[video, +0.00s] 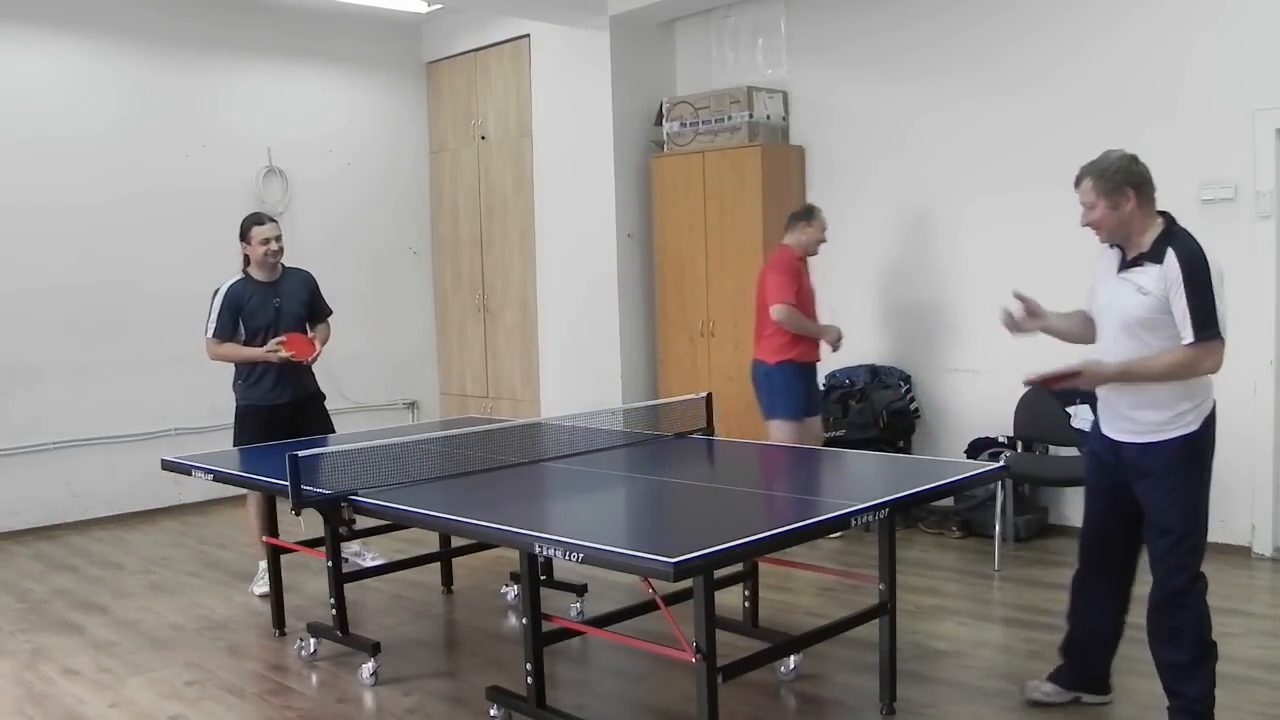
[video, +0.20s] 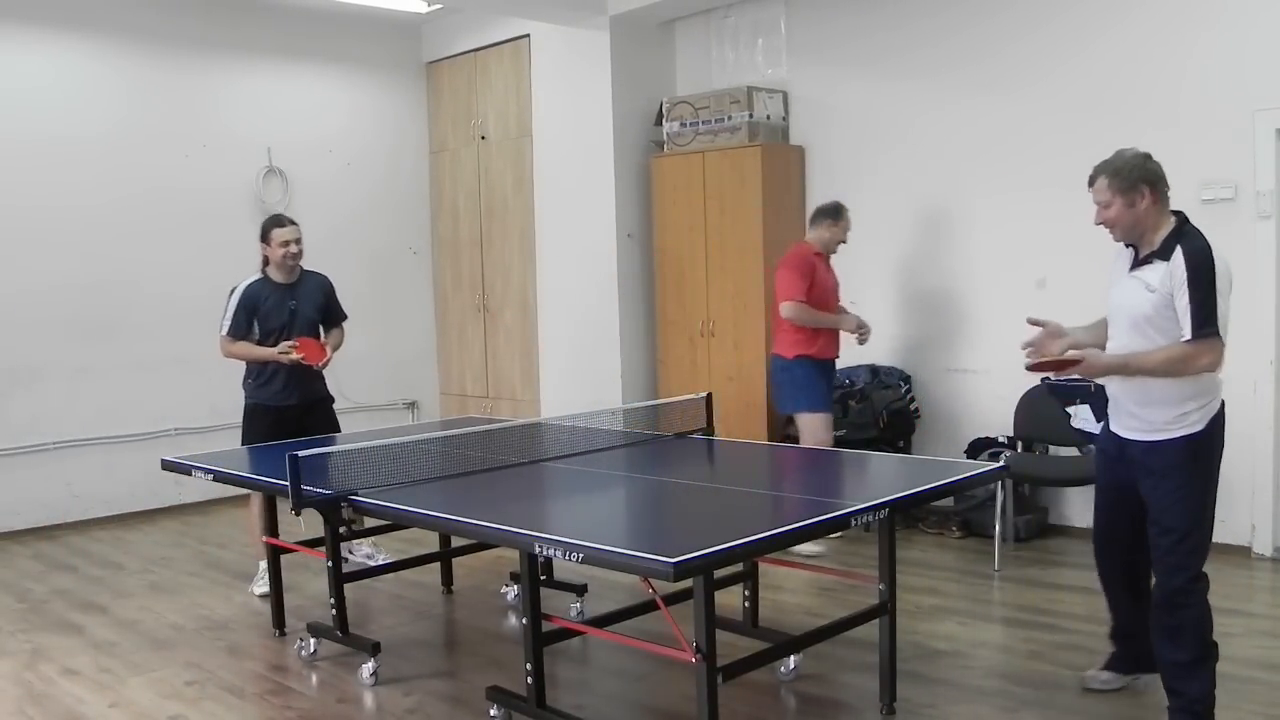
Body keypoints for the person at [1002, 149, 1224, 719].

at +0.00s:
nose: (1084, 220)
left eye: (1091, 207)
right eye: (1083, 208)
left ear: (1129, 200)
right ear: (1119, 203)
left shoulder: (1183, 257)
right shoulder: (1112, 253)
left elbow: (1208, 355)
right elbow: (1097, 325)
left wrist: (1110, 374)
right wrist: (1044, 320)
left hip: (1173, 443)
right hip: (1110, 437)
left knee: (1176, 580)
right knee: (1101, 564)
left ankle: (1190, 708)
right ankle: (1083, 676)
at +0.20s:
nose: (1098, 218)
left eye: (1105, 205)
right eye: (1096, 206)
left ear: (1144, 198)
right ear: (1134, 201)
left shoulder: (1194, 257)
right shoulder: (1132, 249)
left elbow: (1207, 354)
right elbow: (1129, 324)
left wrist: (1113, 365)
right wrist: (1071, 337)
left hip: (1180, 440)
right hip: (1122, 433)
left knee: (1178, 578)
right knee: (1115, 549)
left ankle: (1191, 707)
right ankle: (1133, 656)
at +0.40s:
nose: (1094, 224)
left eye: (1100, 211)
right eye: (1093, 213)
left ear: (1139, 203)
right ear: (1129, 207)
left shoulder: (1189, 258)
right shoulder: (1123, 258)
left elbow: (1234, 344)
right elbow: (1132, 331)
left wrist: (1151, 382)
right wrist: (1079, 337)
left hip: (1179, 439)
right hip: (1122, 433)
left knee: (1177, 574)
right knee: (1130, 556)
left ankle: (1191, 708)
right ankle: (1151, 654)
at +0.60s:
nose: (1088, 228)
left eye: (1094, 216)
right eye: (1086, 217)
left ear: (1133, 206)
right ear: (1120, 211)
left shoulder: (1185, 256)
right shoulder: (1116, 259)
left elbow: (1234, 335)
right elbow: (1114, 333)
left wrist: (1150, 375)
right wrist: (1055, 331)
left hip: (1177, 435)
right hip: (1117, 432)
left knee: (1186, 562)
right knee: (1132, 554)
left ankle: (1192, 697)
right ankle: (1151, 656)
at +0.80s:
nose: (1097, 226)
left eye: (1105, 216)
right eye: (1092, 217)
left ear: (1140, 203)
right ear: (1092, 214)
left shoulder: (1189, 250)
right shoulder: (1102, 259)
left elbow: (1217, 334)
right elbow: (1093, 326)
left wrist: (1128, 349)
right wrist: (1066, 335)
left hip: (1182, 427)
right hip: (1119, 427)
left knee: (1181, 552)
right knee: (1131, 549)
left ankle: (1190, 677)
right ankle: (1149, 654)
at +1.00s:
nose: (1098, 222)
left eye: (1106, 212)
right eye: (1094, 213)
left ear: (1143, 203)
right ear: (1094, 210)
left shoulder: (1193, 250)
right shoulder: (1104, 259)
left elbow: (1236, 329)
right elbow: (1098, 324)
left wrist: (1154, 359)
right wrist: (1070, 337)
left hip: (1183, 428)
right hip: (1119, 427)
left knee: (1183, 549)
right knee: (1133, 547)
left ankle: (1186, 669)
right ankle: (1149, 653)